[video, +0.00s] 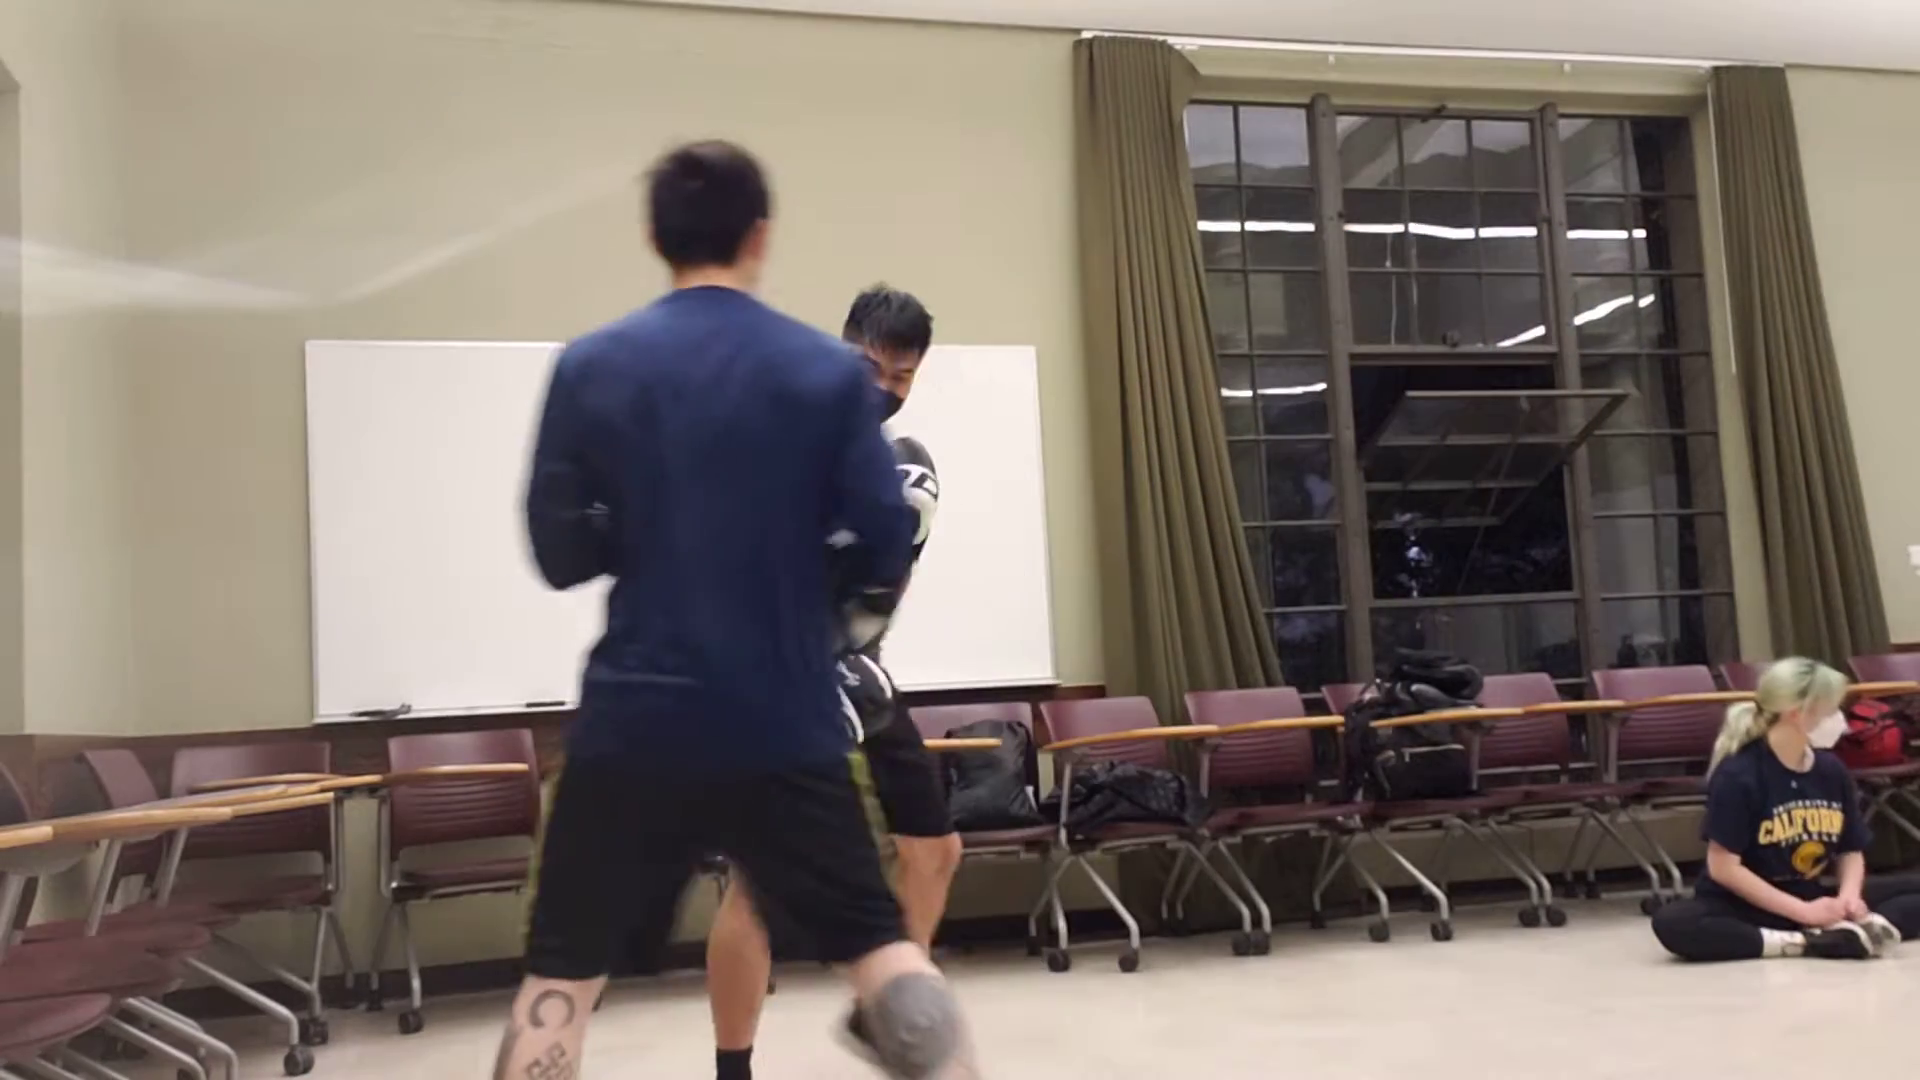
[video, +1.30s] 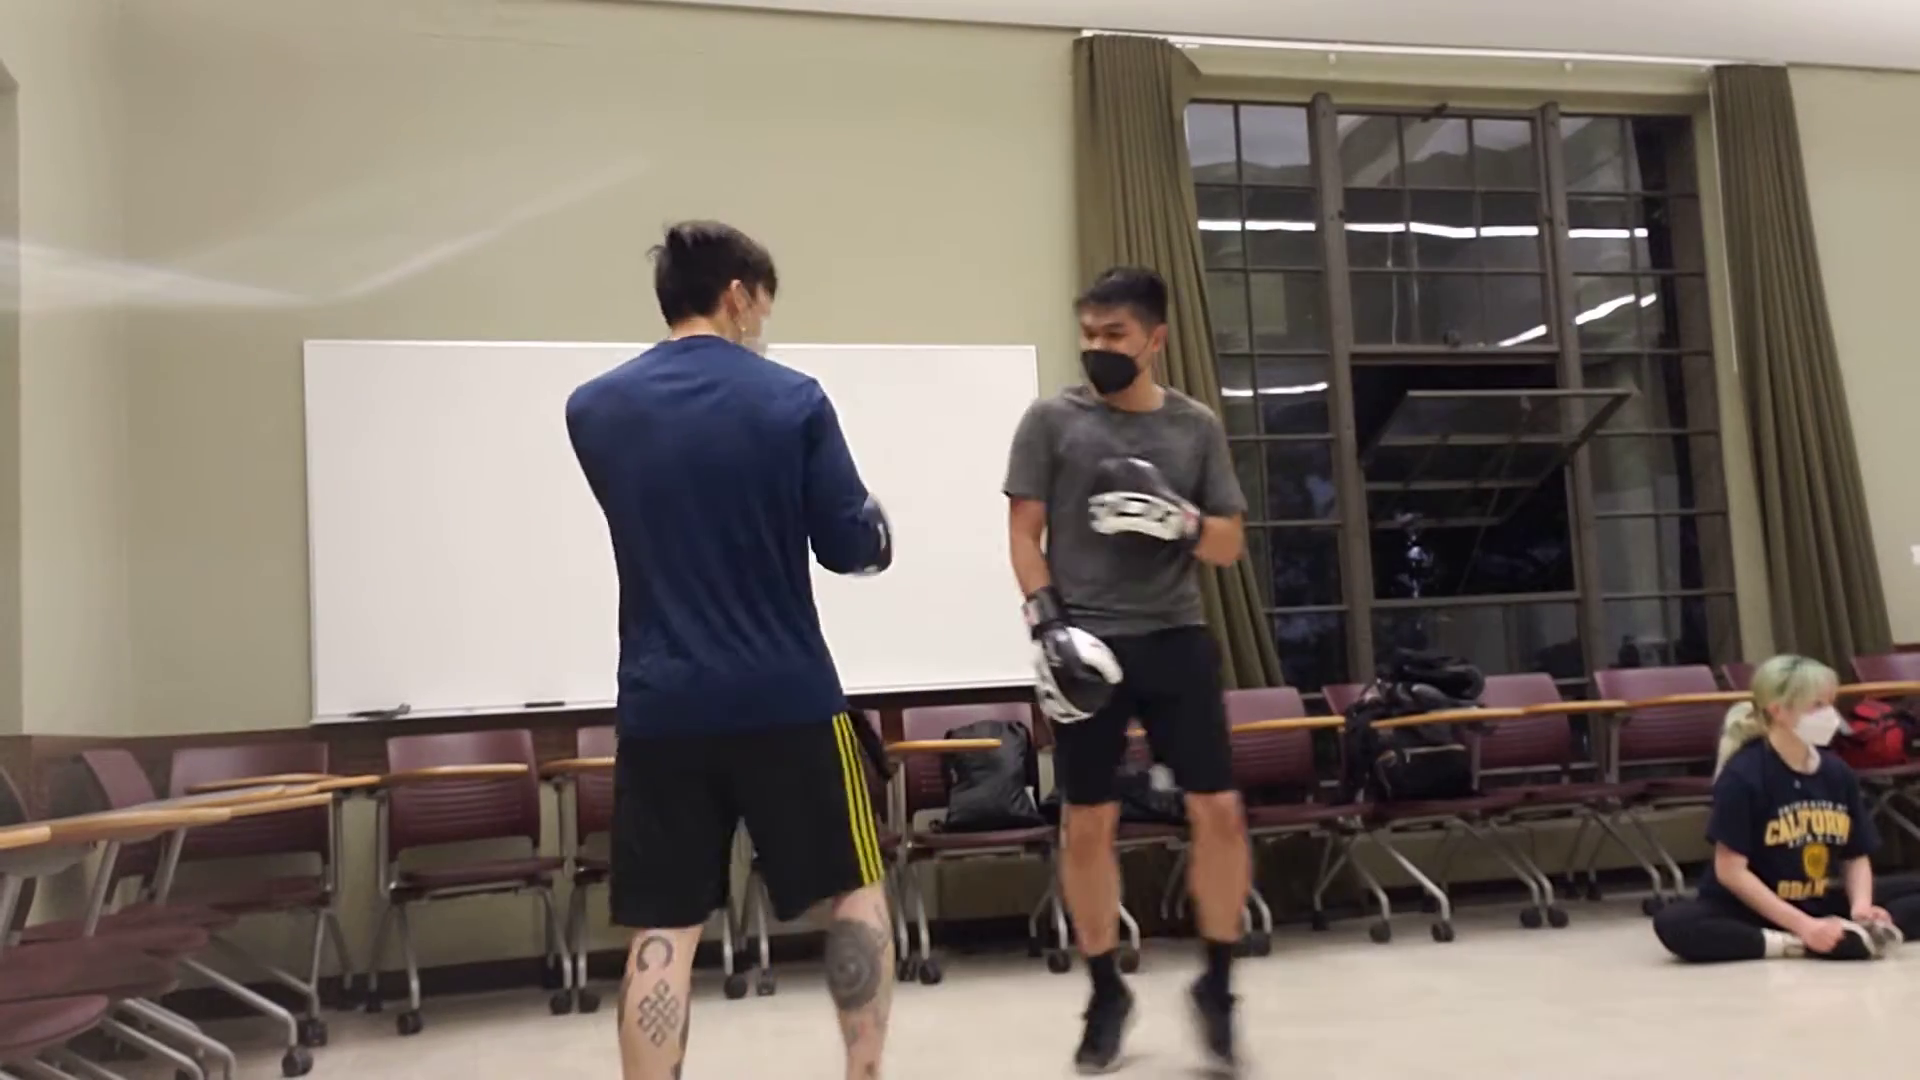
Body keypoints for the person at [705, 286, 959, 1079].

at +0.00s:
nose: (885, 387)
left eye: (901, 373)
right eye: (873, 367)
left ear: (915, 375)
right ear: (839, 354)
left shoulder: (908, 460)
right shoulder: (777, 436)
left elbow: (887, 583)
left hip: (854, 667)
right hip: (771, 672)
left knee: (931, 846)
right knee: (757, 879)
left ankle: (887, 1009)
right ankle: (734, 1065)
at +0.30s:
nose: (907, 409)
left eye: (926, 395)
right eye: (895, 392)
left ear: (958, 389)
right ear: (876, 382)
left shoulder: (979, 475)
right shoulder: (833, 452)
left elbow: (1009, 600)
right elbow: (780, 566)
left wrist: (973, 529)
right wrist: (806, 660)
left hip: (933, 701)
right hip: (834, 699)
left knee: (980, 874)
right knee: (785, 884)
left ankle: (978, 1042)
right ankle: (745, 1054)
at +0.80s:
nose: (938, 399)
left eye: (955, 385)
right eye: (927, 384)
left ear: (985, 385)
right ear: (910, 380)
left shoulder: (1004, 474)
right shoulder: (869, 462)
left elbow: (1006, 584)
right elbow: (835, 576)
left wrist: (952, 500)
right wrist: (869, 658)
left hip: (970, 684)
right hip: (875, 685)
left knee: (1030, 851)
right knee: (822, 858)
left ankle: (1074, 1002)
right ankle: (804, 1036)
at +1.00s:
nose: (1018, 392)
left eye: (1035, 379)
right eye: (1008, 379)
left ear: (1073, 385)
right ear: (996, 383)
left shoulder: (1097, 471)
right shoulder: (962, 455)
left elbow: (1081, 572)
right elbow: (917, 572)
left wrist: (998, 502)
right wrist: (946, 641)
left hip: (1067, 695)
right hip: (970, 692)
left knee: (1116, 865)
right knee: (892, 859)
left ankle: (1151, 1022)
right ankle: (811, 1029)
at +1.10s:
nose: (1050, 377)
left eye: (1067, 363)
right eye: (1041, 364)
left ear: (1108, 369)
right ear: (1030, 372)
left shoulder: (1142, 460)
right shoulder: (1003, 453)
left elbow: (1145, 570)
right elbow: (965, 561)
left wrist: (1064, 513)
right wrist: (980, 629)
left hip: (1112, 681)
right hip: (1017, 681)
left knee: (1140, 858)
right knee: (958, 849)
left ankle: (1151, 1021)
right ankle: (904, 1024)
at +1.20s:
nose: (1076, 351)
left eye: (1091, 337)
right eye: (1066, 338)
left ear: (1132, 340)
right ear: (1055, 343)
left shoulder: (1174, 434)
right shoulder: (1027, 428)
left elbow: (1200, 551)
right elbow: (1007, 540)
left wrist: (1129, 511)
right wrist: (1018, 623)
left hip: (1143, 652)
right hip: (1051, 651)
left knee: (1166, 823)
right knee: (1026, 826)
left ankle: (1165, 1004)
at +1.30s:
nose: (1097, 348)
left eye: (1113, 335)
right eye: (1088, 335)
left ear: (1155, 336)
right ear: (1079, 336)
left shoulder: (1196, 426)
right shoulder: (1051, 421)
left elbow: (1230, 545)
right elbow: (1023, 534)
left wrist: (1190, 526)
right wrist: (1047, 624)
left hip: (1175, 640)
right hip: (1084, 642)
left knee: (1217, 808)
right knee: (1086, 822)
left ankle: (1217, 988)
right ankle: (1105, 992)